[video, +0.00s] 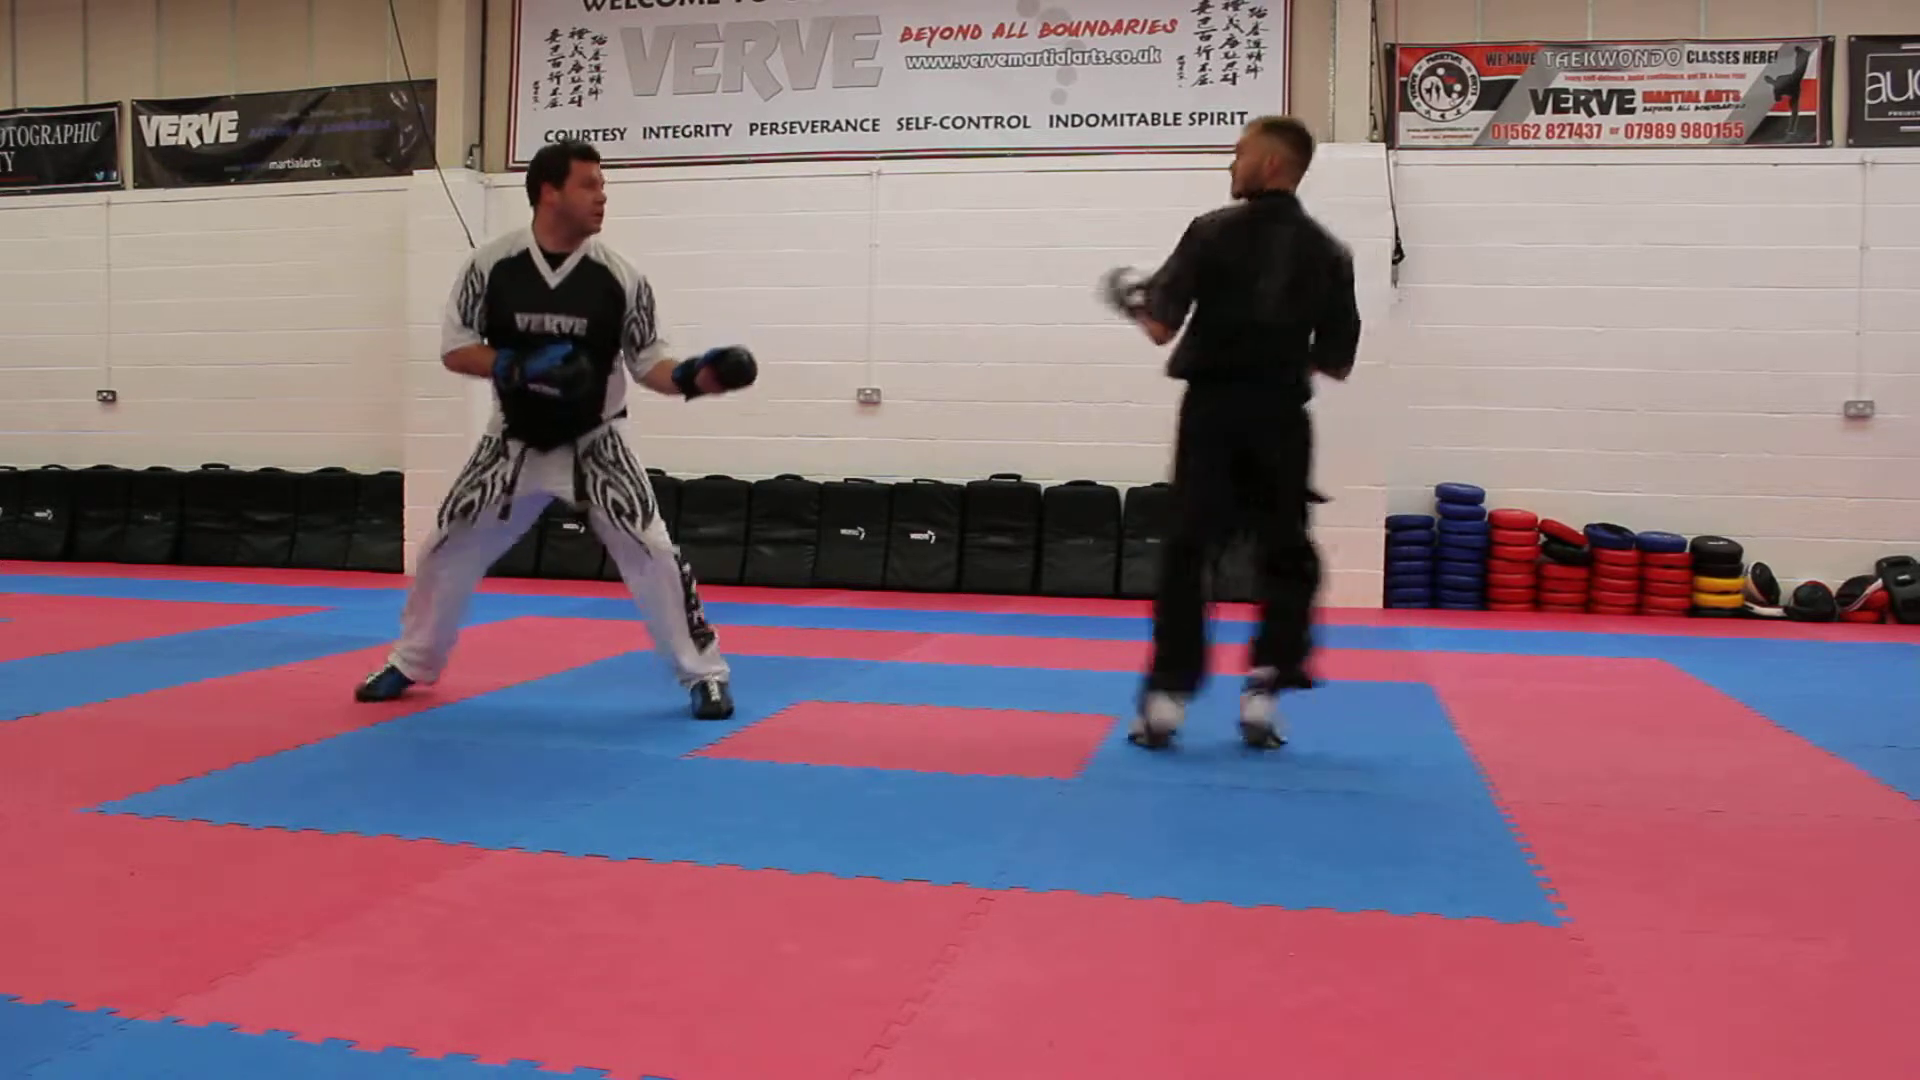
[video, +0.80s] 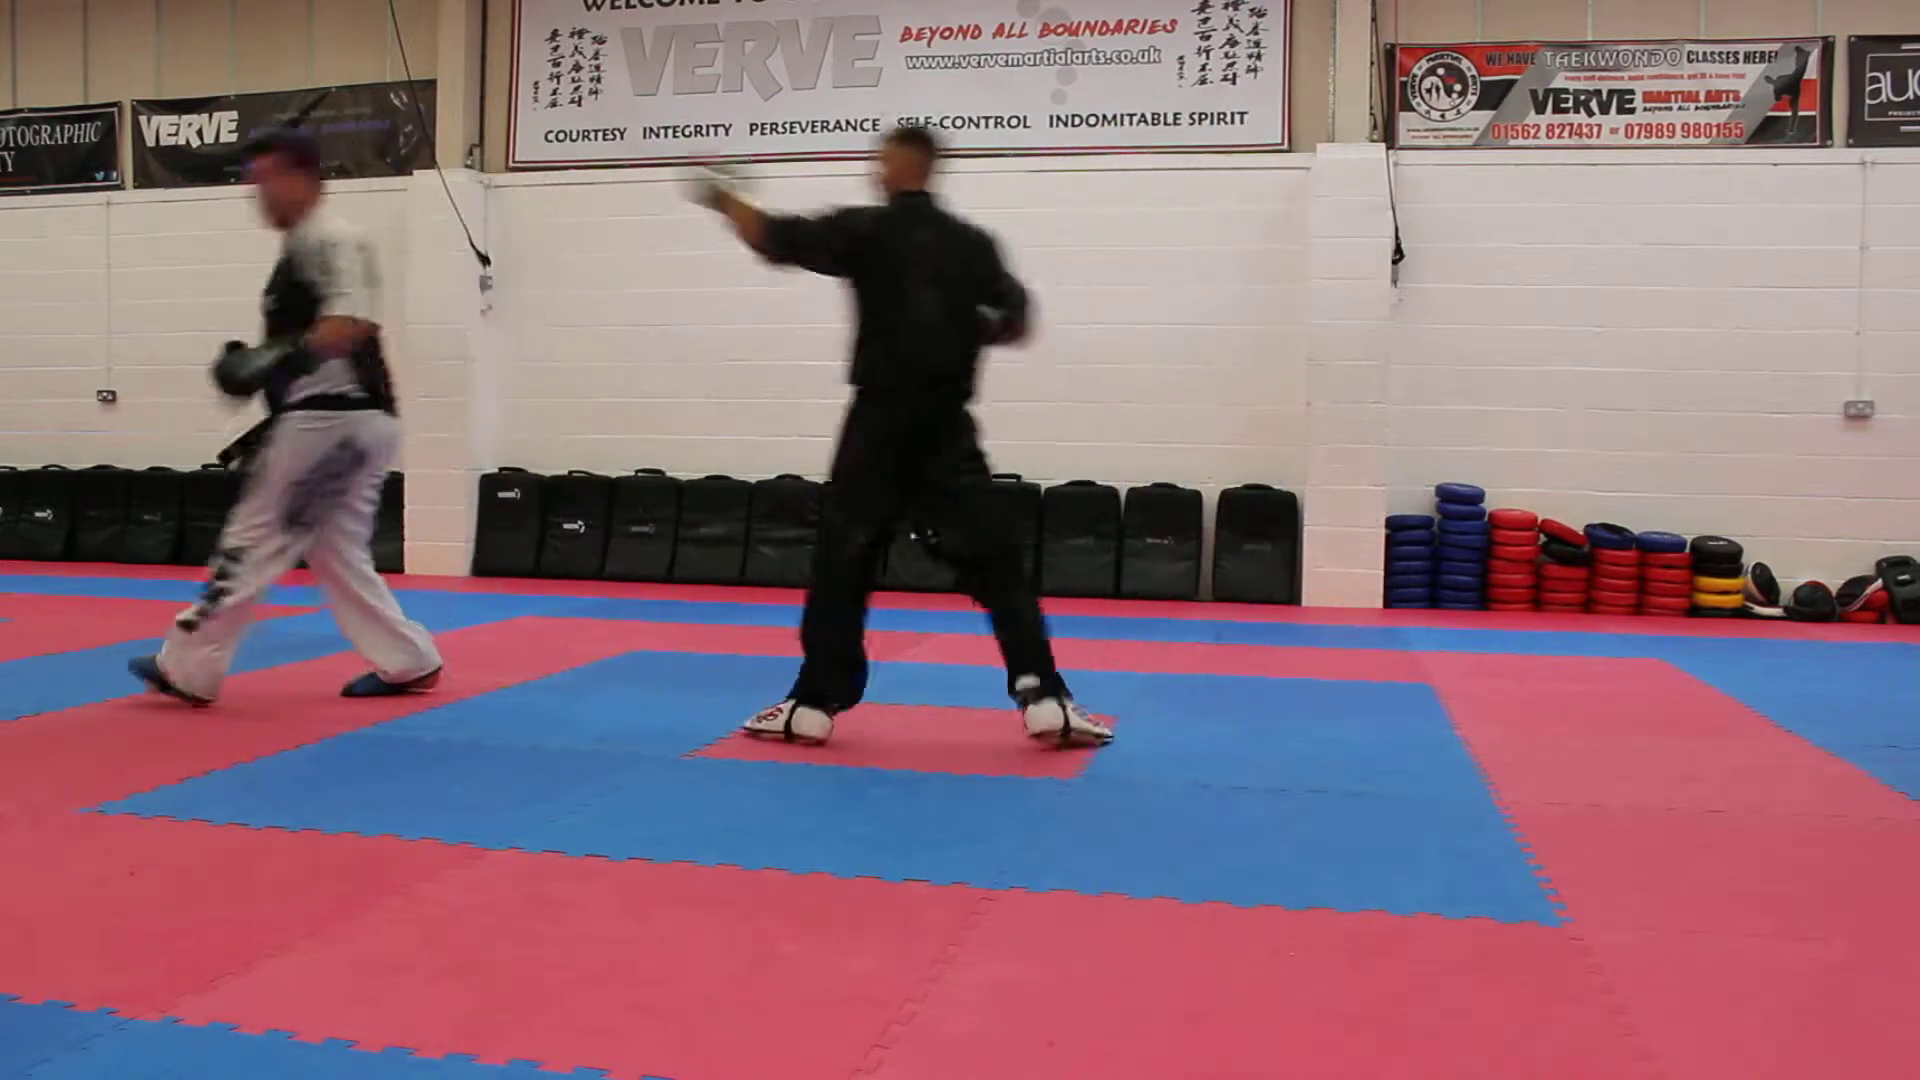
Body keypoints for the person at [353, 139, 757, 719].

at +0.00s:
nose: (602, 199)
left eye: (602, 188)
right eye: (590, 187)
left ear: (597, 194)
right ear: (548, 194)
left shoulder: (621, 279)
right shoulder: (489, 265)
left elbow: (649, 365)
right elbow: (455, 350)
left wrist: (691, 378)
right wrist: (516, 364)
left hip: (597, 446)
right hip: (512, 446)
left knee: (652, 553)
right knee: (445, 551)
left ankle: (704, 674)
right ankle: (412, 663)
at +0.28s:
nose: (566, 223)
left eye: (566, 212)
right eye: (553, 212)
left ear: (560, 218)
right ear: (512, 218)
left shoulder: (588, 301)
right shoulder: (461, 297)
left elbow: (628, 381)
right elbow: (433, 381)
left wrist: (664, 377)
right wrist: (479, 392)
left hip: (571, 468)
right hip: (491, 470)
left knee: (640, 570)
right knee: (414, 563)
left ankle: (704, 679)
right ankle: (414, 674)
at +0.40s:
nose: (504, 208)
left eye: (506, 197)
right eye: (491, 196)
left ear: (503, 204)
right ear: (453, 203)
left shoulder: (528, 282)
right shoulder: (405, 284)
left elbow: (571, 361)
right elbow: (378, 358)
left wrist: (596, 350)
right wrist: (417, 374)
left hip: (520, 444)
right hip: (447, 451)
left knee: (577, 557)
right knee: (382, 554)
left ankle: (676, 669)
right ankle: (415, 669)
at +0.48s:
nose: (466, 198)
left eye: (469, 187)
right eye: (454, 186)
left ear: (469, 194)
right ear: (415, 193)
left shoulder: (488, 266)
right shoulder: (372, 272)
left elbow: (534, 350)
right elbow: (347, 345)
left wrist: (541, 331)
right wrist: (375, 361)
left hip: (487, 424)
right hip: (420, 436)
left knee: (489, 547)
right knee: (375, 551)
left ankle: (582, 647)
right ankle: (413, 669)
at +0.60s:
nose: (411, 188)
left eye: (414, 176)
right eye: (399, 176)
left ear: (419, 180)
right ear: (362, 182)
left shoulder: (439, 250)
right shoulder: (331, 264)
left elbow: (483, 330)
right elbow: (312, 346)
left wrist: (435, 311)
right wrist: (338, 357)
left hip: (440, 411)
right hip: (380, 416)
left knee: (365, 529)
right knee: (360, 537)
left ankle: (400, 653)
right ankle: (400, 659)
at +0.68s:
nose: (372, 185)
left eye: (376, 174)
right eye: (359, 174)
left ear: (382, 180)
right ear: (327, 181)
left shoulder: (399, 248)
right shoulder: (310, 265)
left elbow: (439, 325)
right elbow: (289, 362)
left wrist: (363, 314)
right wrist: (321, 348)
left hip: (400, 412)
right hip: (352, 414)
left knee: (314, 532)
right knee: (358, 550)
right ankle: (410, 663)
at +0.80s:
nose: (256, 194)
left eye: (265, 179)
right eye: (254, 181)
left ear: (302, 178)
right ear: (285, 184)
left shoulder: (331, 240)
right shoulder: (307, 245)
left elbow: (347, 327)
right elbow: (307, 335)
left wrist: (265, 362)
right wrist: (259, 367)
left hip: (329, 420)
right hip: (365, 422)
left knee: (250, 541)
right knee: (338, 552)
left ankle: (190, 666)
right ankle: (408, 660)